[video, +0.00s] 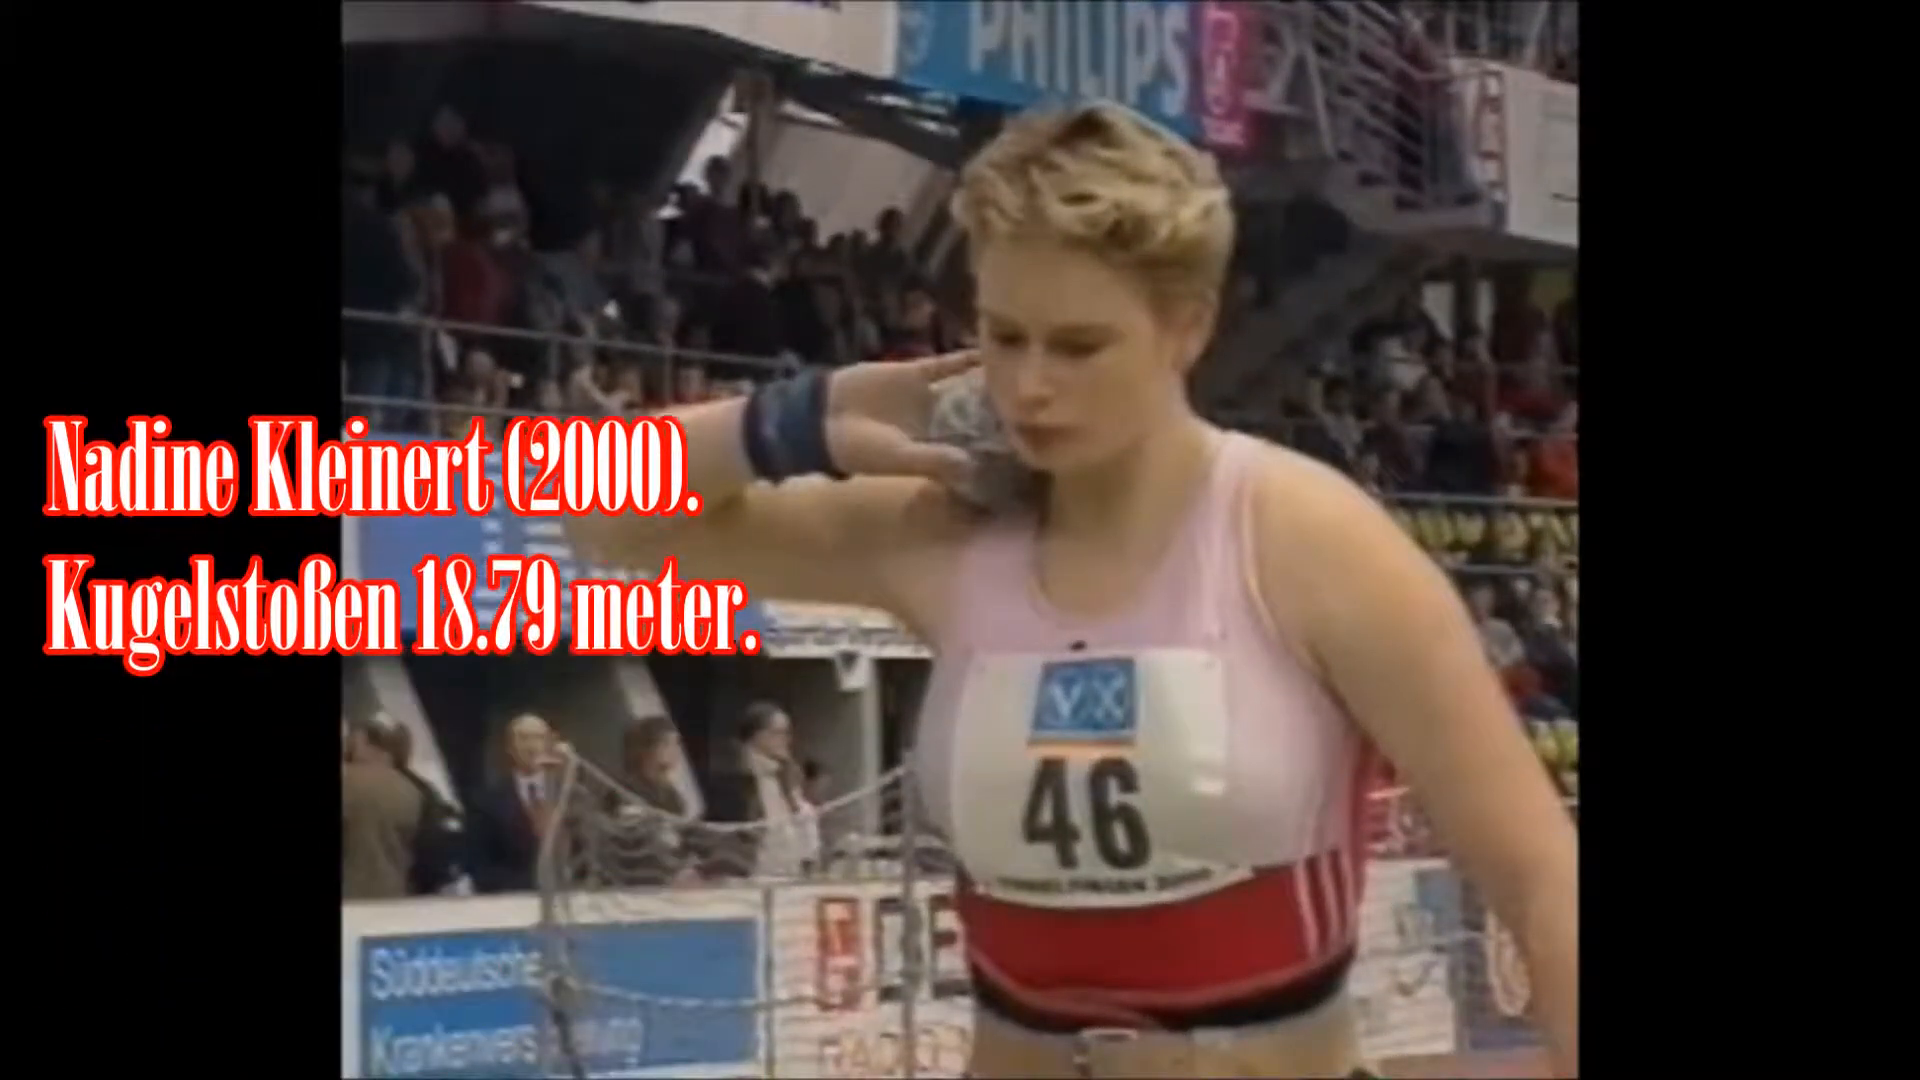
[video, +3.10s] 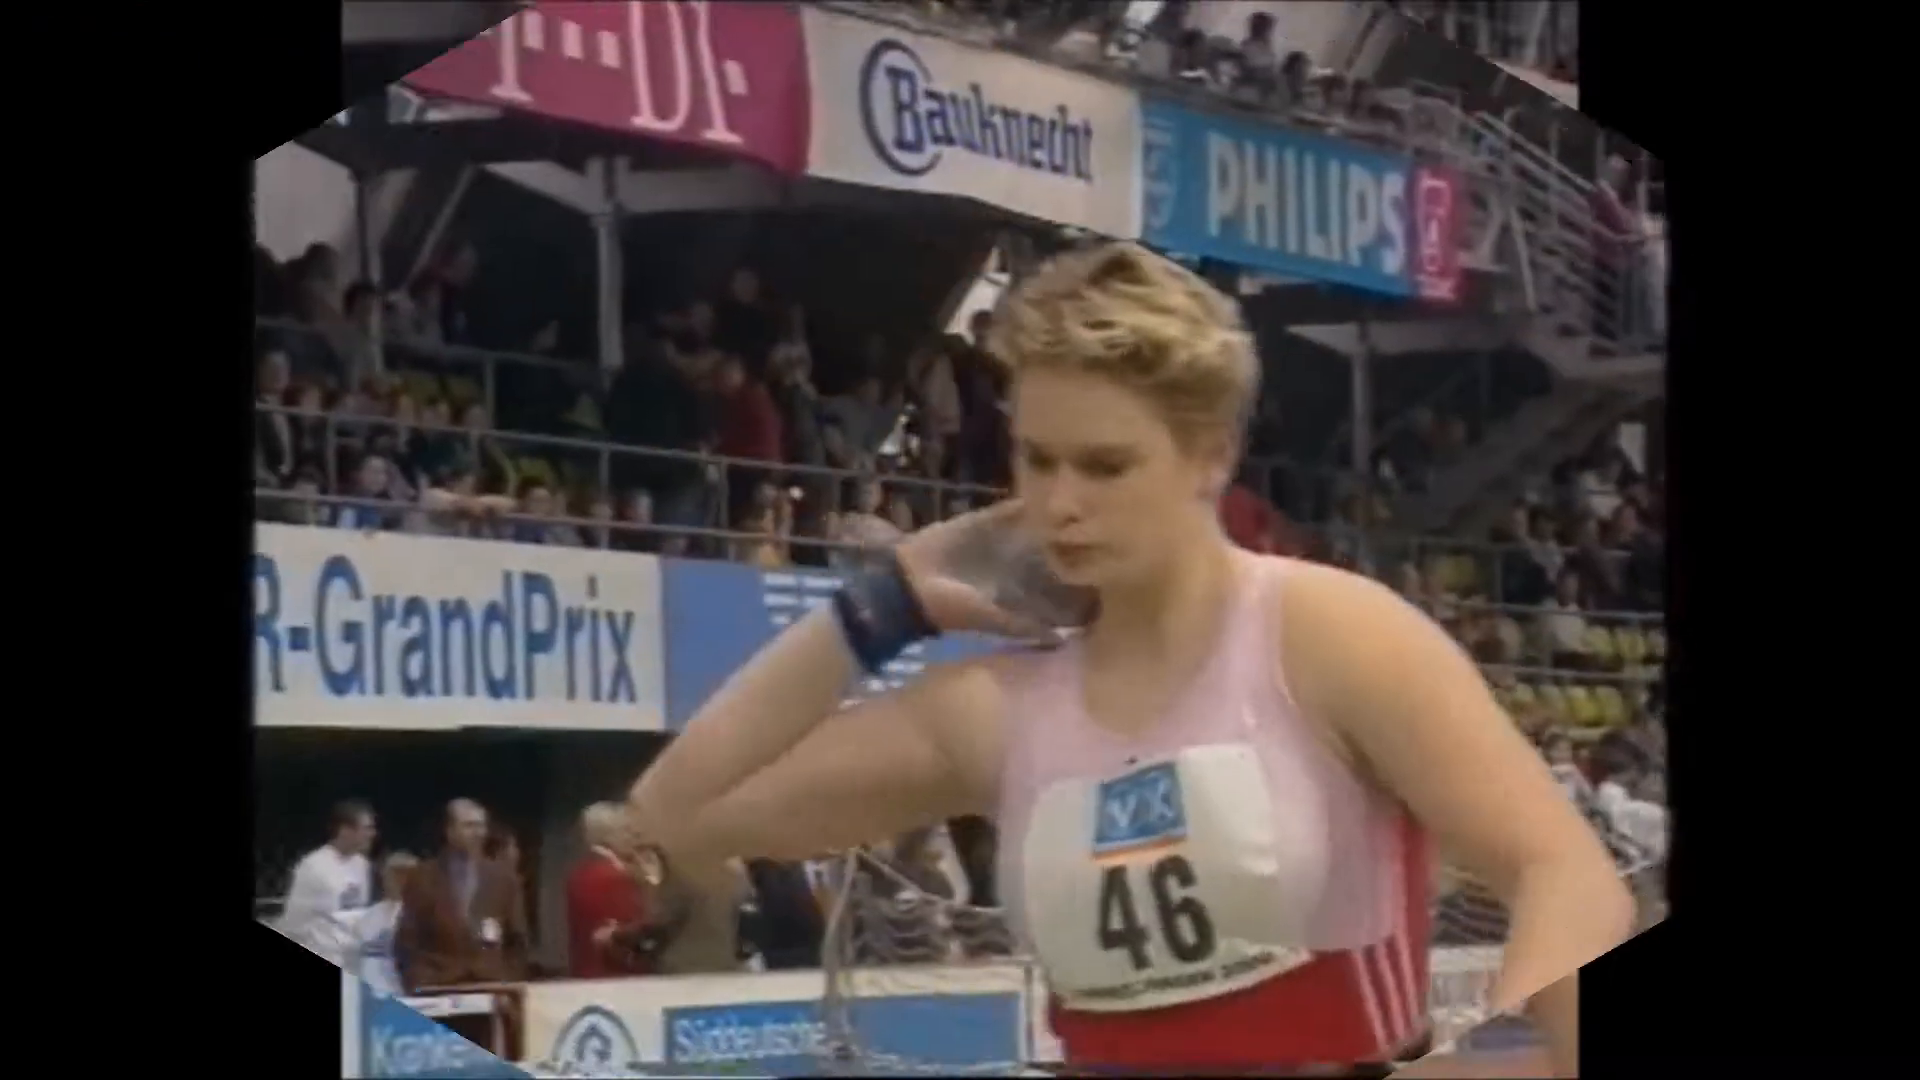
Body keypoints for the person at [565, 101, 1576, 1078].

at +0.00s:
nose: (1028, 387)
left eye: (1079, 344)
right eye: (1004, 337)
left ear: (1186, 327)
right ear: (972, 322)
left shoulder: (1303, 533)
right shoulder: (926, 536)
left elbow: (1539, 875)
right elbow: (606, 508)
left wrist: (1563, 1061)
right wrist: (811, 421)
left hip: (1271, 1054)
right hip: (1017, 1053)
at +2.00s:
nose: (1028, 387)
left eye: (1078, 345)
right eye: (1003, 339)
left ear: (1186, 330)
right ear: (974, 325)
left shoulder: (1301, 532)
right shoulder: (928, 535)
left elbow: (1539, 874)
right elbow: (600, 512)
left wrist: (1563, 1060)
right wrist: (816, 418)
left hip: (1270, 1054)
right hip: (1017, 1052)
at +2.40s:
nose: (1049, 381)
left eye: (1087, 344)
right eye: (1014, 338)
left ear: (1187, 326)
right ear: (970, 319)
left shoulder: (1312, 538)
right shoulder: (949, 539)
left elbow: (1539, 876)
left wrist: (1561, 1051)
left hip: (1269, 1050)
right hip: (1011, 1048)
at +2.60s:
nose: (835, 562)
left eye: (879, 513)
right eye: (802, 514)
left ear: (982, 481)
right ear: (771, 499)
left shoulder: (1149, 634)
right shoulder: (781, 743)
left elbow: (1410, 879)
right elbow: (560, 910)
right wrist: (608, 638)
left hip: (1221, 1067)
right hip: (946, 1064)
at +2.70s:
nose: (873, 549)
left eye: (914, 501)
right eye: (843, 503)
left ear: (1020, 475)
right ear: (813, 491)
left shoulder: (1178, 625)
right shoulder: (824, 735)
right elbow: (583, 953)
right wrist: (655, 653)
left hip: (1282, 1068)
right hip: (1006, 1073)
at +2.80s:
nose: (896, 534)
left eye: (939, 486)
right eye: (867, 490)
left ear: (1044, 459)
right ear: (835, 481)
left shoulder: (1193, 619)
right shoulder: (845, 723)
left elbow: (1521, 854)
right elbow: (591, 943)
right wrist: (702, 641)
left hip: (1281, 1058)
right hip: (1025, 1064)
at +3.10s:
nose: (1056, 505)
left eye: (1101, 464)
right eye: (1034, 463)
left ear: (1210, 462)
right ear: (1008, 462)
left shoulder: (1331, 633)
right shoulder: (989, 712)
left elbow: (1570, 881)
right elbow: (670, 818)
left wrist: (1504, 1048)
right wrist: (879, 605)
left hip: (1352, 1057)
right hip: (1112, 1066)